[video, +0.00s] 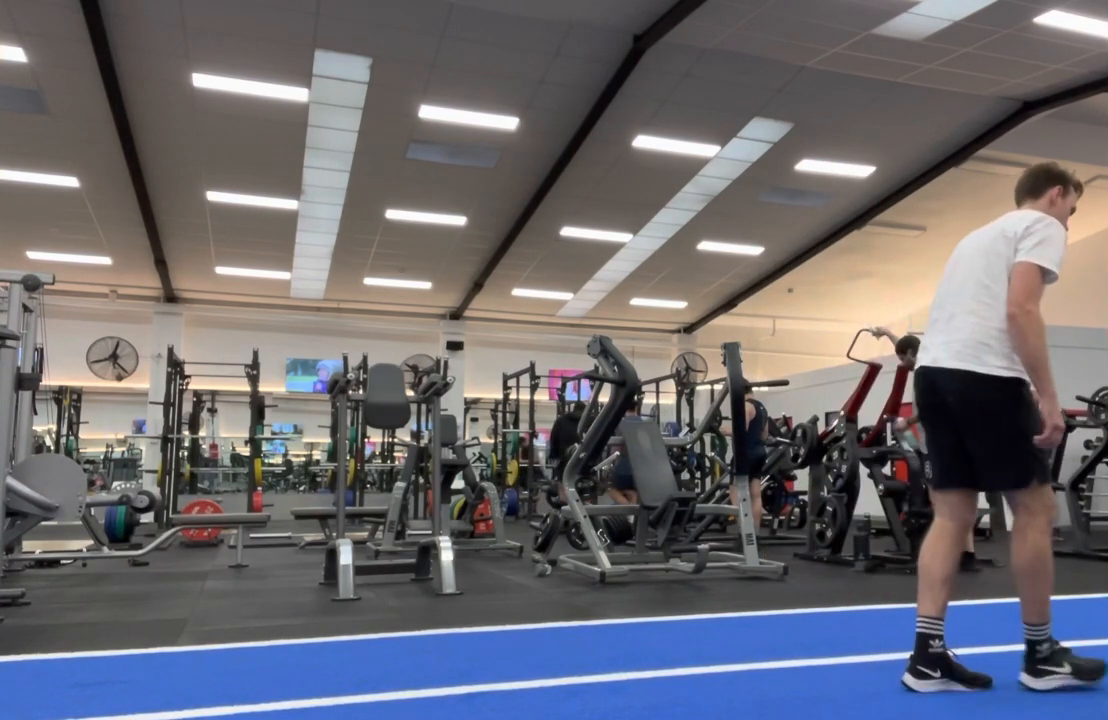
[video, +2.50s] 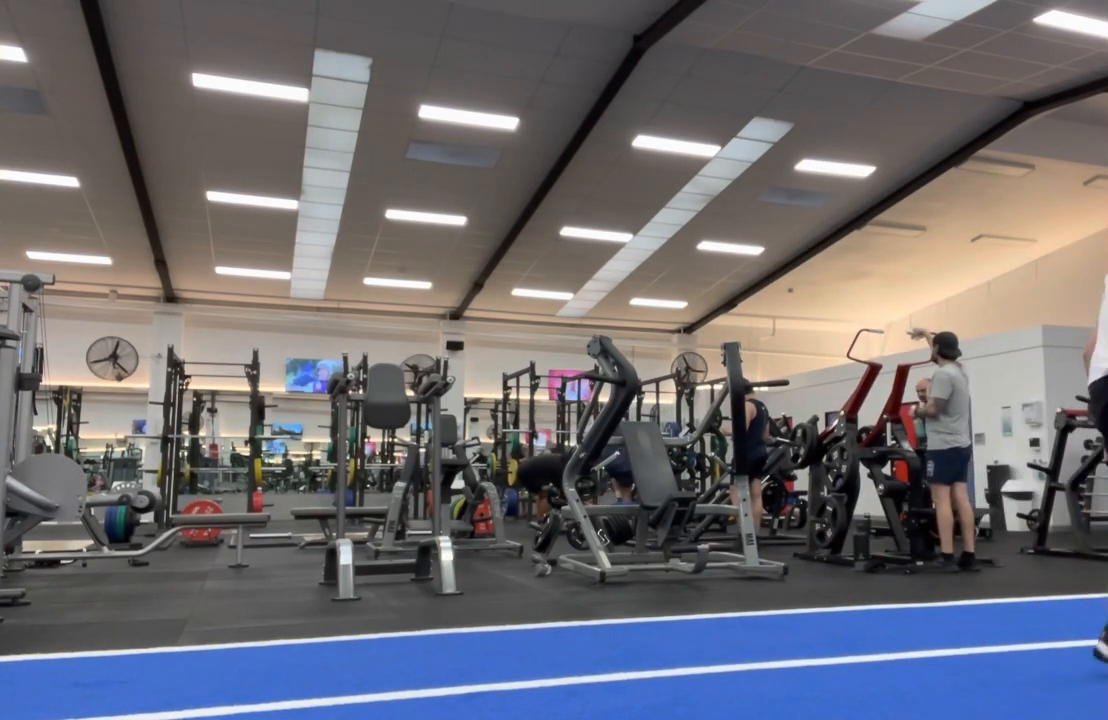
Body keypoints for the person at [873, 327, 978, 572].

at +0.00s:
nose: (901, 362)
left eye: (903, 357)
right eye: (900, 357)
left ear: (912, 353)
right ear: (914, 352)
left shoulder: (924, 374)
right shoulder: (922, 369)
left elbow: (927, 409)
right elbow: (906, 345)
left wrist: (907, 422)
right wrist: (886, 334)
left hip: (942, 444)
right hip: (934, 442)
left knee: (944, 495)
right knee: (940, 493)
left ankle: (968, 551)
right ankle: (964, 550)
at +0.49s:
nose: (917, 353)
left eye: (918, 351)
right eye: (918, 351)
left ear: (923, 353)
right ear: (941, 350)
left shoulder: (939, 373)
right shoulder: (946, 369)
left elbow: (941, 406)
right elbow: (915, 354)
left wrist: (919, 418)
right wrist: (894, 337)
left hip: (940, 449)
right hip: (953, 446)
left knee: (943, 502)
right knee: (962, 499)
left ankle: (947, 554)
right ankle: (969, 553)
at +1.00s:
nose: (932, 353)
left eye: (932, 350)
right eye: (935, 349)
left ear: (935, 351)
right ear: (956, 350)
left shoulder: (939, 374)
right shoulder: (965, 372)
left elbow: (929, 405)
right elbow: (954, 403)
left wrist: (915, 407)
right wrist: (924, 405)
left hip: (942, 447)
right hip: (963, 445)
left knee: (943, 502)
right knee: (962, 500)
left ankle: (947, 554)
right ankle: (969, 552)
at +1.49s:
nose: (935, 354)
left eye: (935, 351)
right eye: (937, 350)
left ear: (938, 351)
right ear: (959, 352)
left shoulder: (939, 373)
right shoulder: (971, 377)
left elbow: (919, 400)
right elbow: (975, 407)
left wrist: (933, 372)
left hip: (941, 446)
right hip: (966, 444)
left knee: (942, 501)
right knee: (963, 500)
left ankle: (947, 554)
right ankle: (969, 553)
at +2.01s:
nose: (934, 352)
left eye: (934, 349)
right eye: (936, 348)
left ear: (937, 351)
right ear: (958, 351)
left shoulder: (938, 373)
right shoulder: (969, 377)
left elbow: (921, 403)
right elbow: (969, 407)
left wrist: (933, 373)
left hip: (941, 446)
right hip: (965, 445)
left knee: (941, 502)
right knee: (962, 499)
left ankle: (947, 554)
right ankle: (969, 553)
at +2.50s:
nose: (931, 351)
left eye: (933, 348)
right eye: (932, 347)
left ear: (937, 351)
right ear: (954, 351)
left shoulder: (942, 374)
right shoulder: (959, 371)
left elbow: (934, 409)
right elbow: (942, 351)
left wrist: (918, 409)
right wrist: (926, 335)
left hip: (942, 446)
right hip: (961, 444)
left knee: (941, 501)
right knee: (962, 499)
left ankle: (947, 555)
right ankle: (969, 553)